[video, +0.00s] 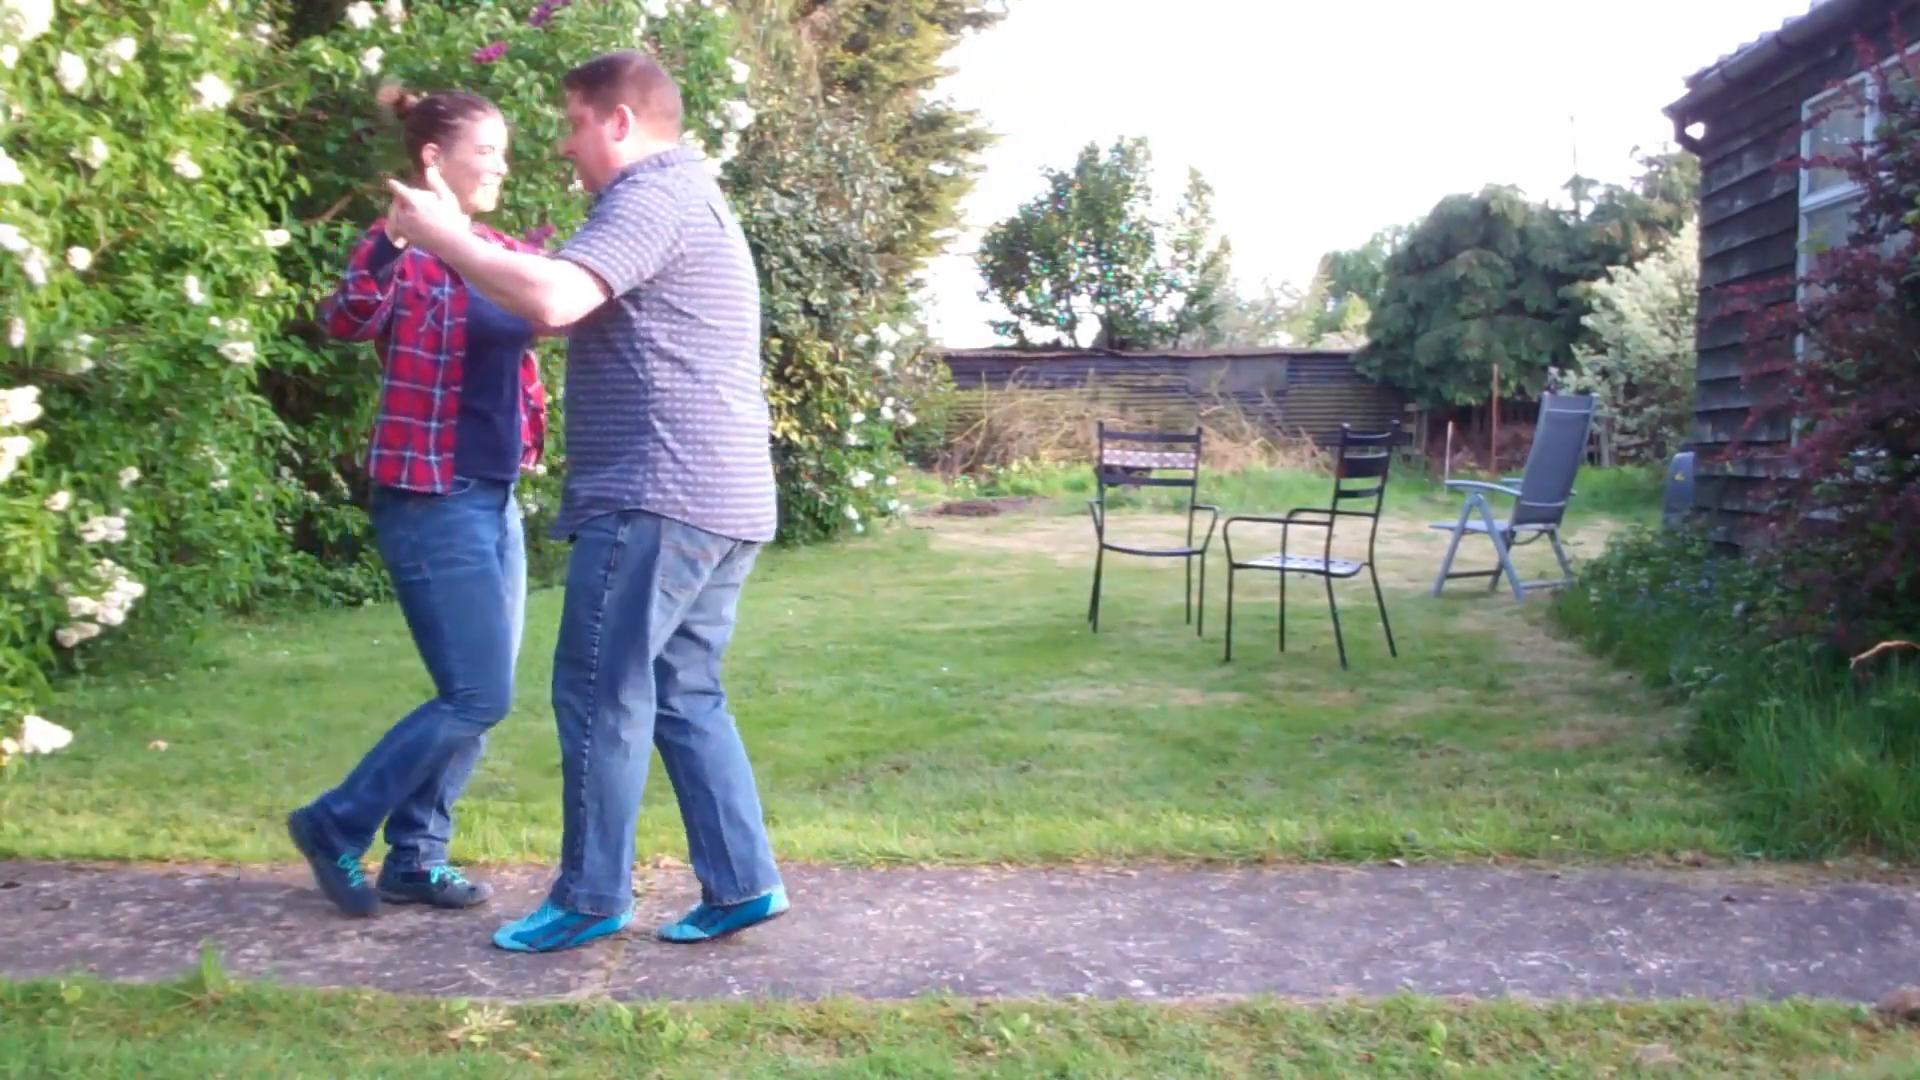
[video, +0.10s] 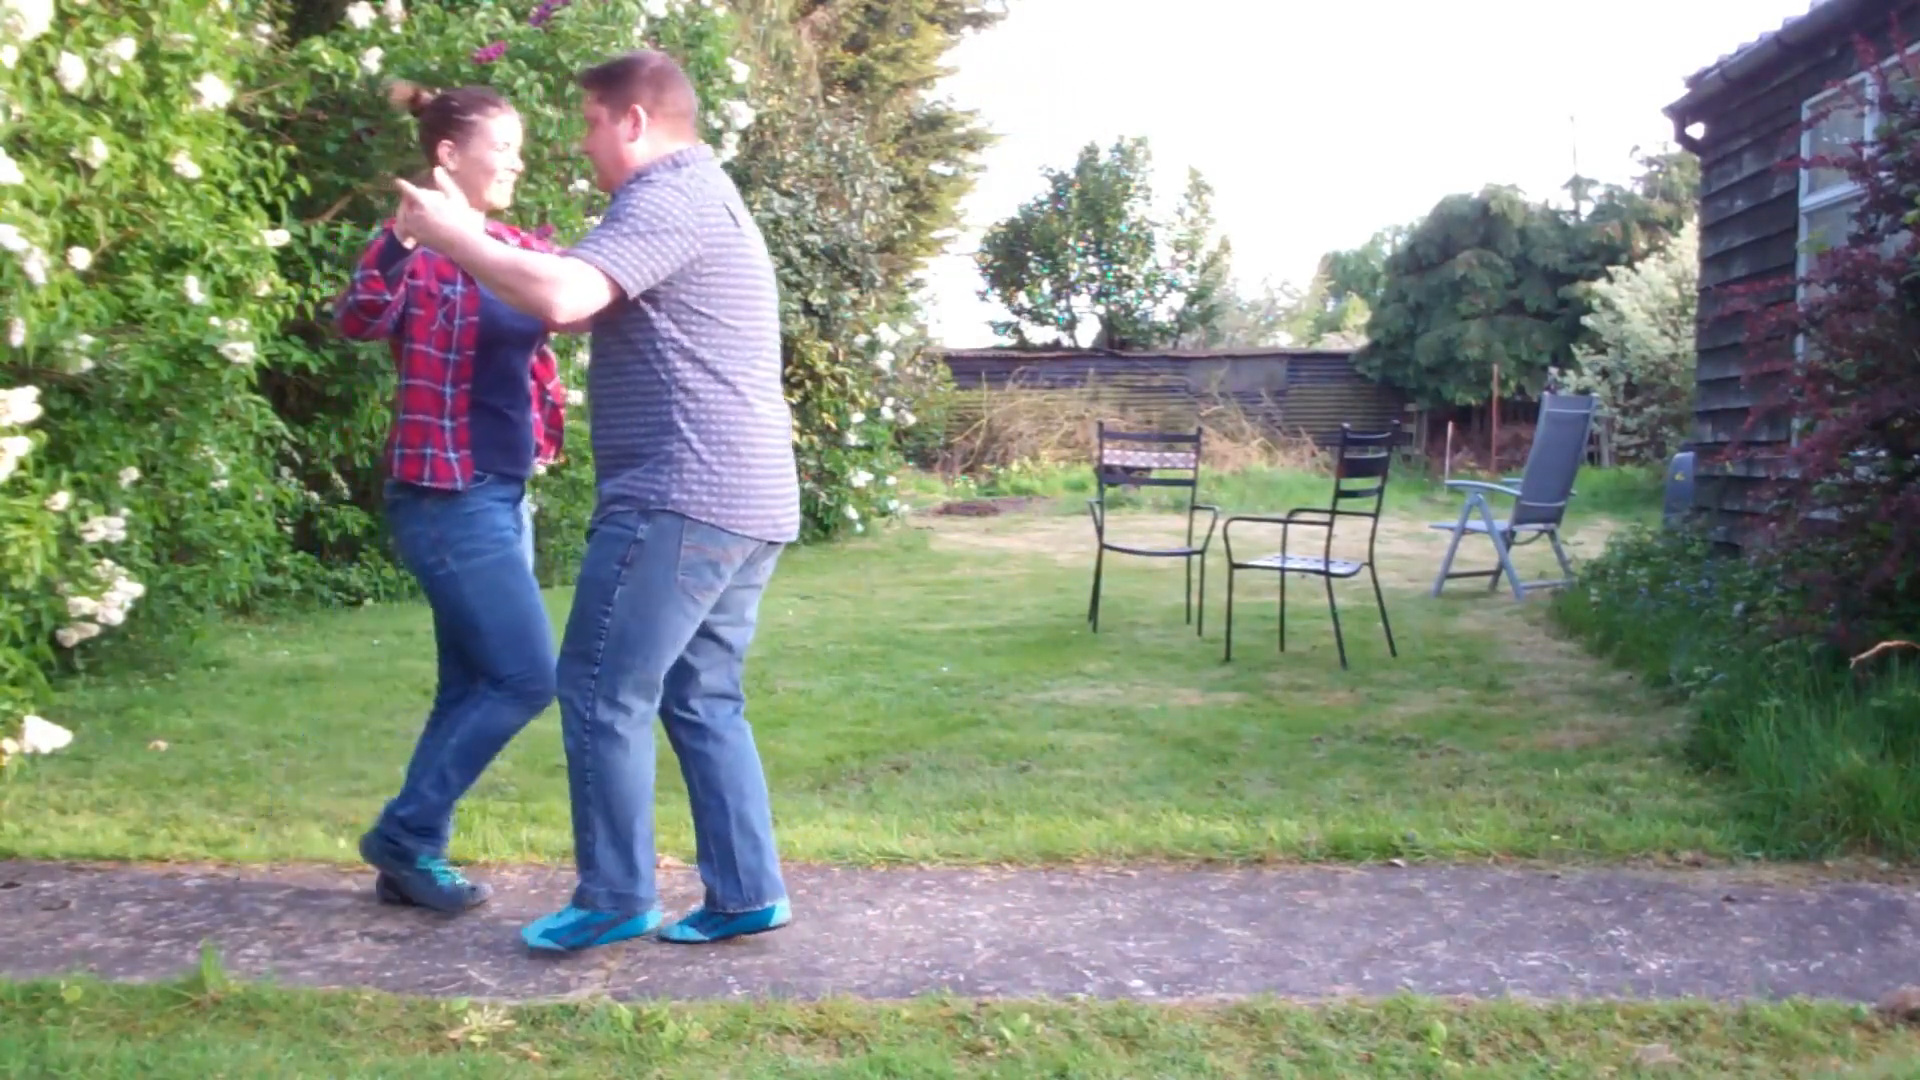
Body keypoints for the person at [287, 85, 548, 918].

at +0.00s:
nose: (499, 168)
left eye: (503, 155)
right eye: (486, 154)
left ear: (492, 166)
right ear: (434, 157)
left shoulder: (500, 251)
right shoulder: (401, 249)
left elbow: (539, 319)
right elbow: (341, 325)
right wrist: (386, 240)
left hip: (494, 494)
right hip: (429, 497)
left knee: (483, 694)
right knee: (477, 695)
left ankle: (416, 855)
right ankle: (332, 826)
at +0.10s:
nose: (515, 166)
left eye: (518, 152)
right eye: (503, 151)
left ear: (505, 159)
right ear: (450, 153)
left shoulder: (519, 248)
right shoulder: (414, 242)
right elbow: (358, 322)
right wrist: (402, 238)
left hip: (503, 492)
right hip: (445, 494)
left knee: (467, 686)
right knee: (526, 678)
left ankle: (413, 852)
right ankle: (404, 835)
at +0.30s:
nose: (552, 161)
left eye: (554, 146)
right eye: (538, 145)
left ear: (519, 154)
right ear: (485, 148)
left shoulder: (545, 242)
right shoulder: (449, 238)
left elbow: (597, 310)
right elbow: (385, 313)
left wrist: (606, 251)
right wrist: (411, 228)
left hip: (526, 485)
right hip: (482, 489)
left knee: (476, 685)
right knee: (573, 676)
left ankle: (415, 852)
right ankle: (557, 879)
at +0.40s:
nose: (574, 163)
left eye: (577, 149)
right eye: (561, 147)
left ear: (530, 153)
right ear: (510, 147)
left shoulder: (564, 239)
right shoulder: (471, 238)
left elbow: (616, 328)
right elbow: (398, 312)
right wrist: (419, 225)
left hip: (530, 487)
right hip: (517, 489)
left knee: (498, 685)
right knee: (584, 683)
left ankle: (421, 846)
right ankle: (558, 880)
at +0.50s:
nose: (599, 158)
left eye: (601, 144)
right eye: (587, 142)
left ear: (550, 146)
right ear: (533, 142)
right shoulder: (493, 231)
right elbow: (419, 316)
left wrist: (654, 443)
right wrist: (434, 233)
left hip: (561, 478)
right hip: (545, 482)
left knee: (565, 682)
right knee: (584, 687)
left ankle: (452, 824)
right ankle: (557, 878)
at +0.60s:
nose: (630, 161)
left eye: (633, 146)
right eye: (619, 144)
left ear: (586, 151)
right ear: (562, 145)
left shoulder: (622, 239)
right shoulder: (511, 230)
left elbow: (671, 331)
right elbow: (442, 330)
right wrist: (456, 248)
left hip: (609, 484)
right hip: (555, 487)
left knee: (655, 674)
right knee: (592, 690)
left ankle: (514, 802)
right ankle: (555, 880)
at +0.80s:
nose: (708, 171)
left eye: (710, 155)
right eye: (696, 154)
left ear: (653, 158)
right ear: (644, 154)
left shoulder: (686, 246)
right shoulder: (574, 243)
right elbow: (499, 356)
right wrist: (500, 309)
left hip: (685, 489)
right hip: (618, 494)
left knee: (728, 684)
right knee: (630, 699)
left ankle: (746, 857)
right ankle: (557, 874)